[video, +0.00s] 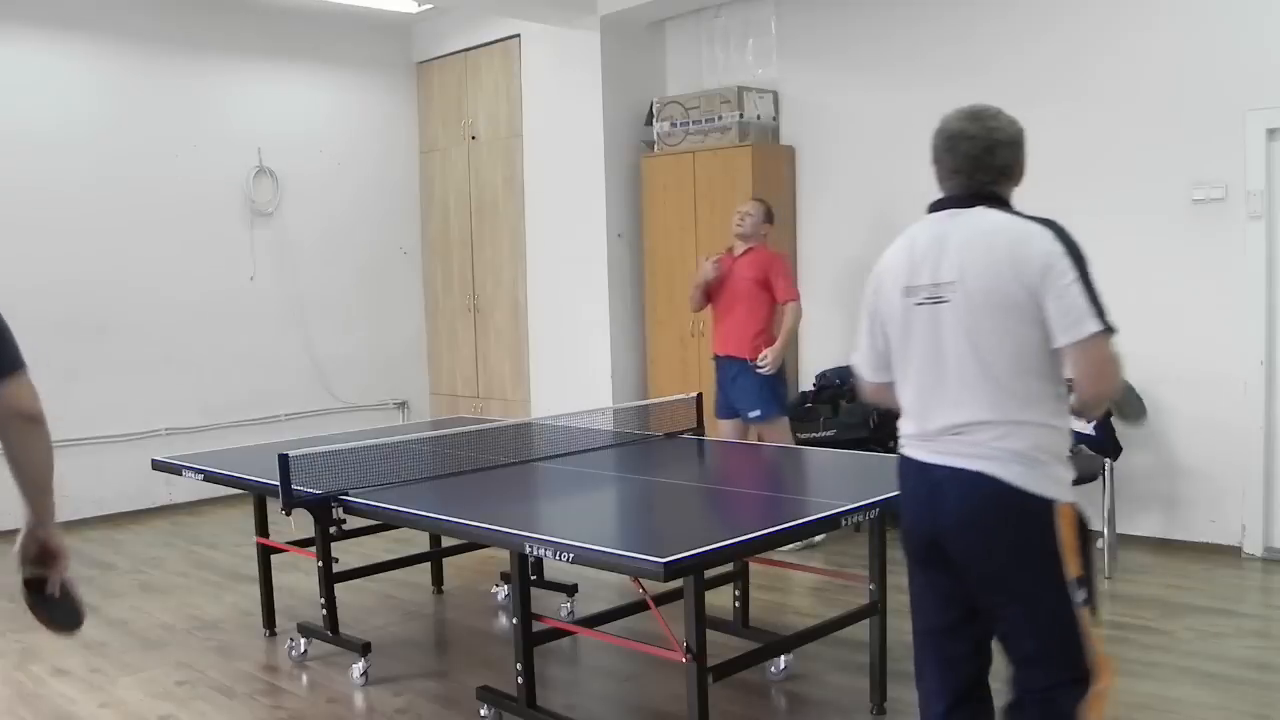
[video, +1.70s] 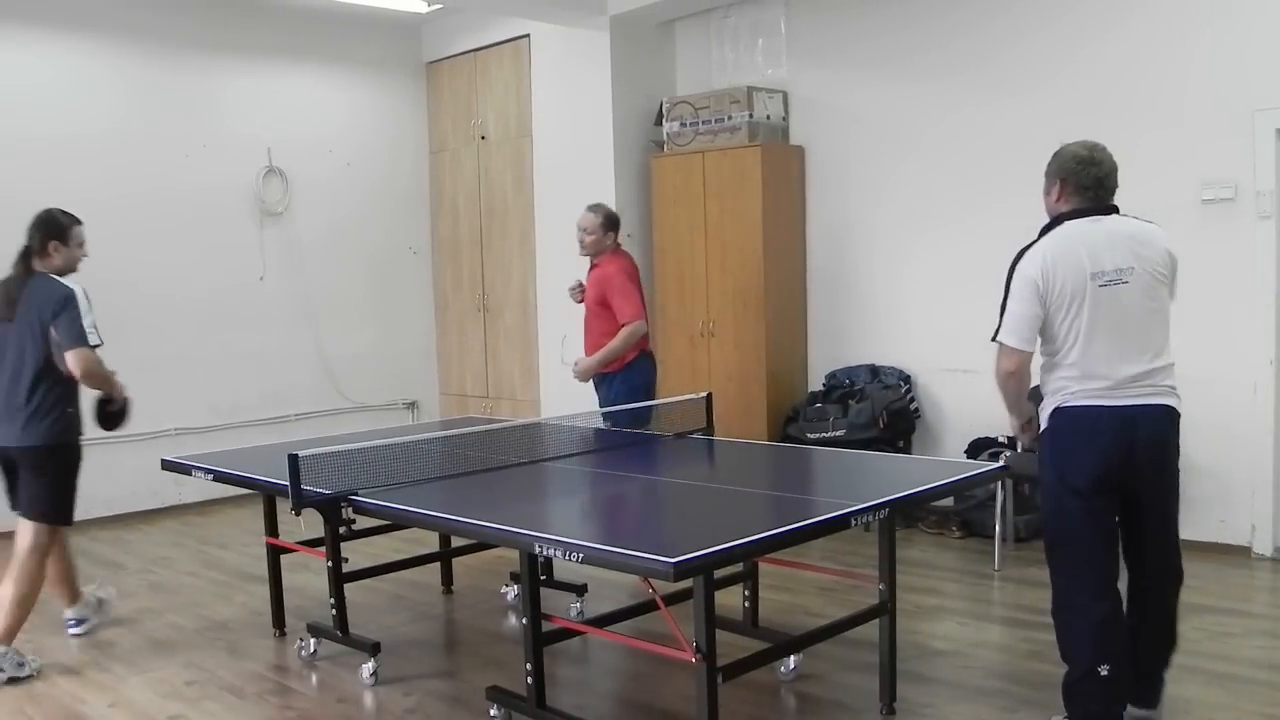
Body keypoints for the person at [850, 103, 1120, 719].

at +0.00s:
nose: (1024, 167)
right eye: (1020, 158)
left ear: (941, 168)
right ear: (1016, 168)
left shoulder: (897, 255)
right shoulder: (1039, 243)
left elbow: (875, 387)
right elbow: (1098, 384)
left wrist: (944, 393)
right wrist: (1083, 399)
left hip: (921, 490)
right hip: (1010, 497)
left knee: (947, 681)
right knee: (1055, 676)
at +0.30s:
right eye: (1096, 165)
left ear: (1020, 173)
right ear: (1094, 174)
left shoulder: (977, 253)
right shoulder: (1128, 247)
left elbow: (955, 378)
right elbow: (1174, 379)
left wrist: (1029, 355)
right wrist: (1113, 368)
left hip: (994, 488)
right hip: (1095, 493)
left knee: (981, 680)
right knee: (1139, 679)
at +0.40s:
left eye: (1055, 167)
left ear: (1055, 176)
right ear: (1129, 180)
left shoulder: (1013, 256)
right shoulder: (1165, 254)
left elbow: (979, 377)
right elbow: (1214, 383)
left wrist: (1053, 380)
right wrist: (1181, 412)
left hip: (1033, 488)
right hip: (1132, 494)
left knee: (1016, 672)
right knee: (1165, 675)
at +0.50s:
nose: (1083, 175)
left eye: (1086, 167)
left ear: (1087, 173)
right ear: (1161, 178)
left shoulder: (1040, 253)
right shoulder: (1198, 255)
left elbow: (996, 365)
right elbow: (1245, 380)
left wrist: (1064, 384)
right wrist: (1242, 461)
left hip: (1063, 481)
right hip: (1163, 486)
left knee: (1046, 653)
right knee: (1186, 665)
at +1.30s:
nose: (1061, 189)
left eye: (1064, 180)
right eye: (1065, 180)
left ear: (1076, 185)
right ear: (1134, 185)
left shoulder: (1046, 258)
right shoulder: (1184, 242)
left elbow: (1019, 367)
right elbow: (1225, 340)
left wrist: (1012, 456)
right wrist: (1209, 407)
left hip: (1081, 443)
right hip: (1168, 441)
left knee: (1085, 587)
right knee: (1182, 588)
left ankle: (1092, 709)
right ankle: (1194, 711)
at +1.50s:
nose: (1044, 194)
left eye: (1047, 185)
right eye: (1047, 185)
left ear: (1060, 189)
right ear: (1115, 189)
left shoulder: (1035, 261)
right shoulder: (1166, 241)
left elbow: (1000, 368)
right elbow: (1200, 326)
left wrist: (1006, 445)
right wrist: (1145, 355)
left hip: (1078, 438)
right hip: (1160, 434)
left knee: (1083, 582)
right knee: (1168, 578)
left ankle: (1093, 710)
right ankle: (1178, 709)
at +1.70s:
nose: (1044, 196)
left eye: (1047, 187)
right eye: (1047, 186)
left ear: (1060, 190)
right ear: (1111, 190)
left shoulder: (1040, 257)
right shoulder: (1158, 243)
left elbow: (1011, 366)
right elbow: (1152, 323)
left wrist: (1023, 418)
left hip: (1078, 426)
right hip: (1155, 424)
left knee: (1082, 572)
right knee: (1156, 559)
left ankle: (1094, 706)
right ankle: (1145, 687)